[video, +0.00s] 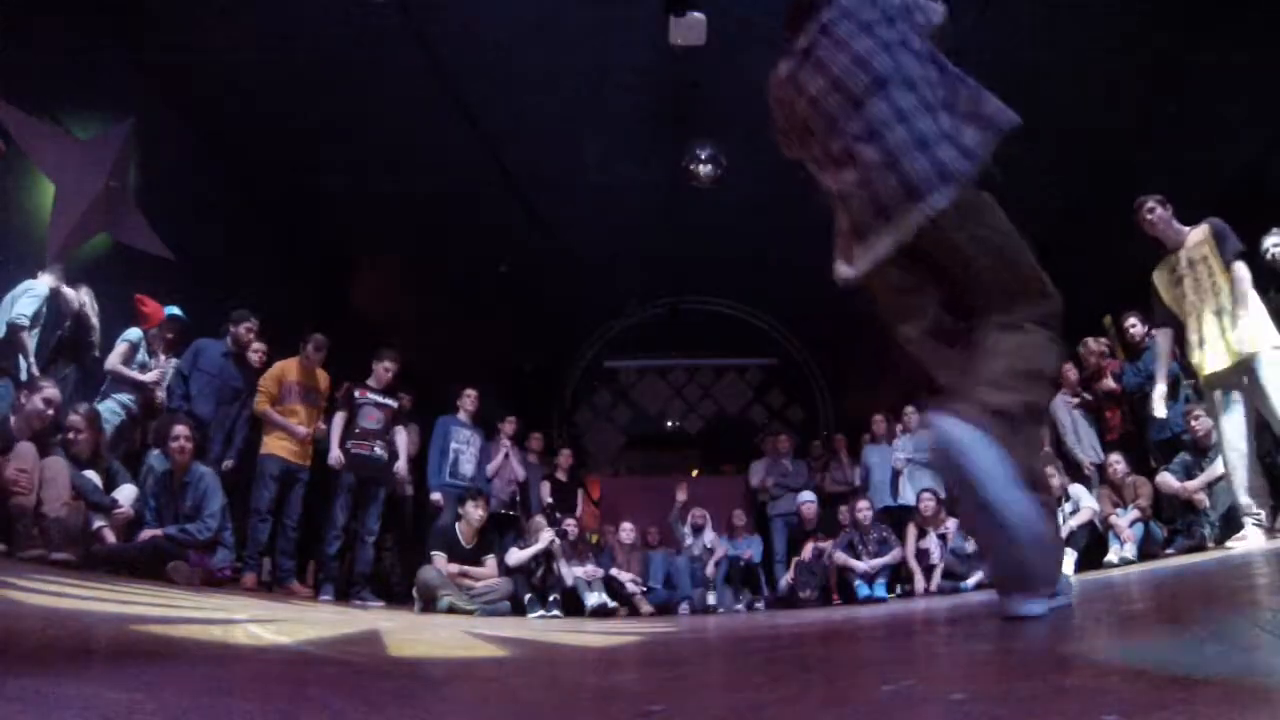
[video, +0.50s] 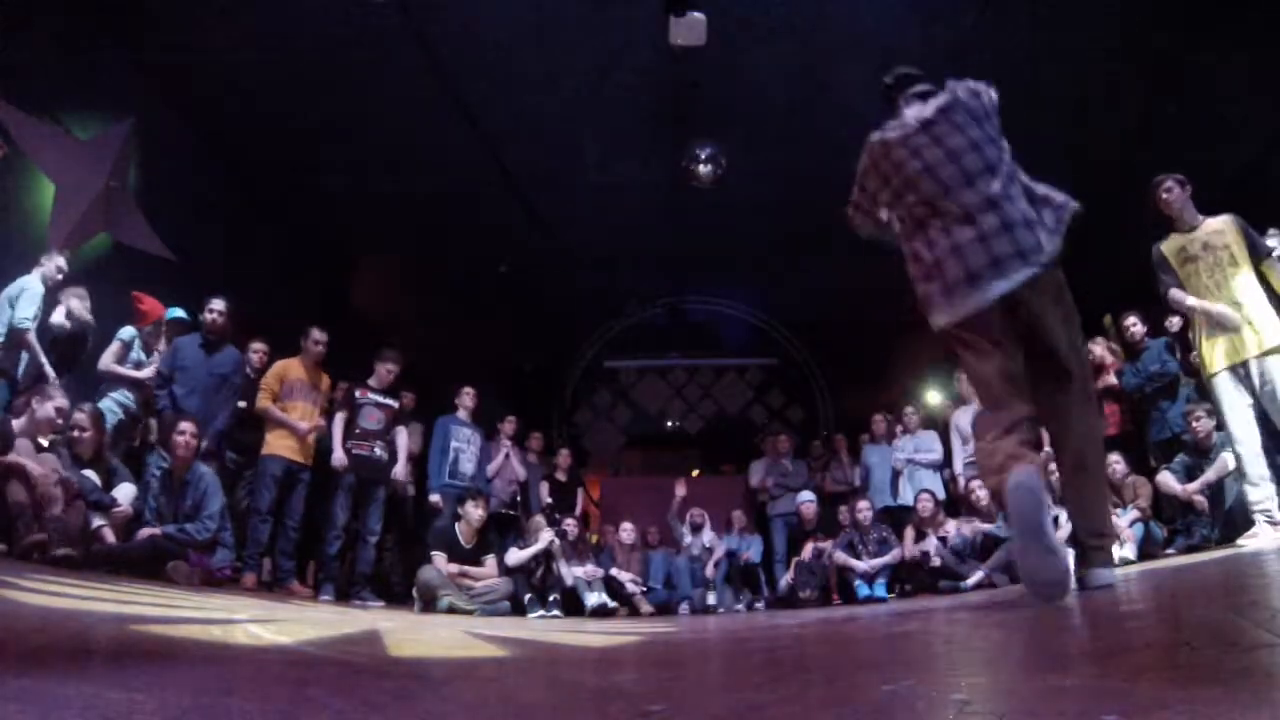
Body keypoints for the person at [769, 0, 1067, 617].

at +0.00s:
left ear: (788, 26)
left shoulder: (784, 85)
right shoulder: (869, 10)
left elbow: (806, 156)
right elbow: (935, 14)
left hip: (871, 249)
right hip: (939, 194)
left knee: (969, 382)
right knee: (1026, 312)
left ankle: (1026, 571)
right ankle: (982, 425)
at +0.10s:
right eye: (864, 9)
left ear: (809, 37)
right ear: (857, 8)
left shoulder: (807, 98)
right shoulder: (896, 22)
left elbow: (818, 164)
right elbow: (950, 38)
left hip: (894, 258)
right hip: (968, 213)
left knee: (970, 395)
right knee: (1038, 340)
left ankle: (1022, 577)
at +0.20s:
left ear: (826, 61)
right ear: (867, 30)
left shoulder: (828, 103)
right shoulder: (915, 37)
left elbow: (829, 164)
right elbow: (958, 50)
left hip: (908, 238)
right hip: (989, 202)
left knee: (974, 391)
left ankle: (1030, 575)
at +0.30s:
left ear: (848, 77)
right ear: (889, 52)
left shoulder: (847, 118)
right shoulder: (935, 61)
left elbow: (837, 169)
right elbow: (963, 63)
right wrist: (898, 66)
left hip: (922, 252)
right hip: (1003, 223)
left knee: (974, 395)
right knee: (1061, 373)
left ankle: (1026, 569)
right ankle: (1103, 546)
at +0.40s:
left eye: (881, 84)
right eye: (900, 73)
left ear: (873, 91)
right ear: (914, 70)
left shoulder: (868, 132)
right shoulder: (954, 81)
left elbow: (851, 190)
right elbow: (979, 95)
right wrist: (930, 74)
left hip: (941, 272)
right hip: (1016, 247)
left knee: (986, 397)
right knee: (1067, 385)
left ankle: (1019, 539)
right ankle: (1097, 545)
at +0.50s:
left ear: (890, 105)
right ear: (931, 84)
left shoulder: (881, 149)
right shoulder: (971, 97)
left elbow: (861, 217)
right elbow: (984, 98)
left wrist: (908, 234)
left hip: (958, 292)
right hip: (1029, 263)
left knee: (1002, 409)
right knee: (1071, 396)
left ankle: (1021, 484)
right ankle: (1095, 551)